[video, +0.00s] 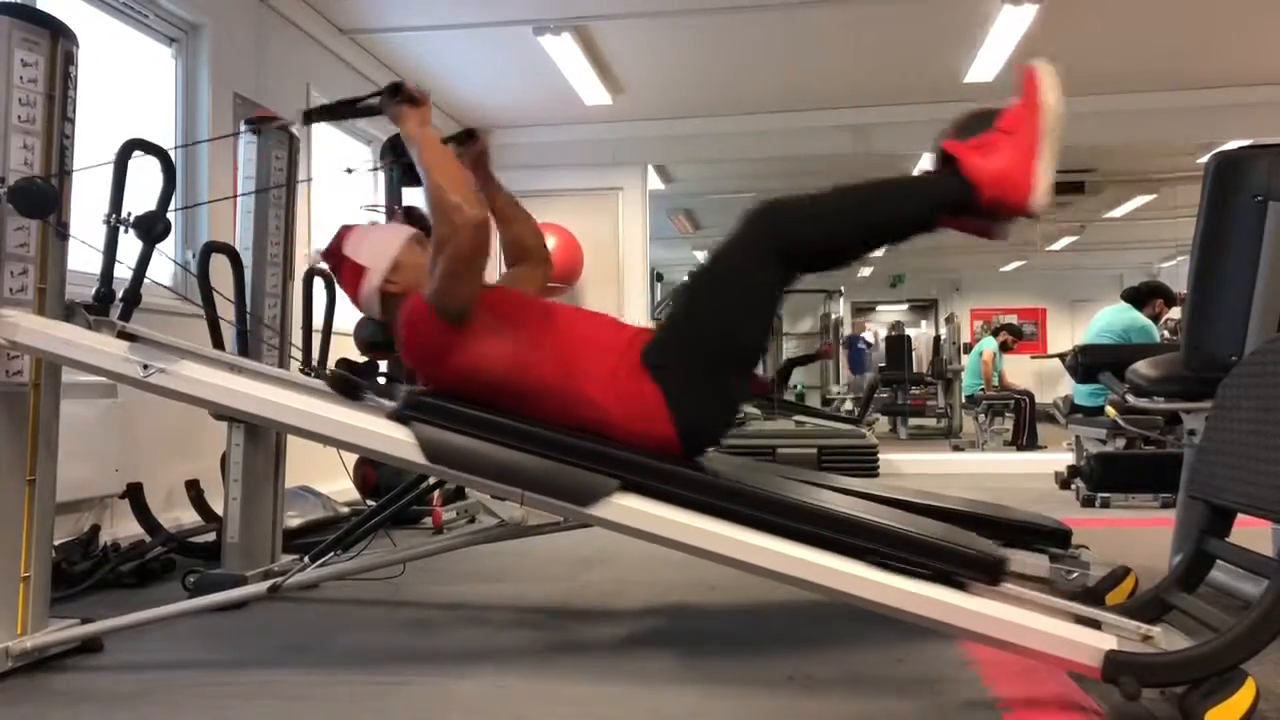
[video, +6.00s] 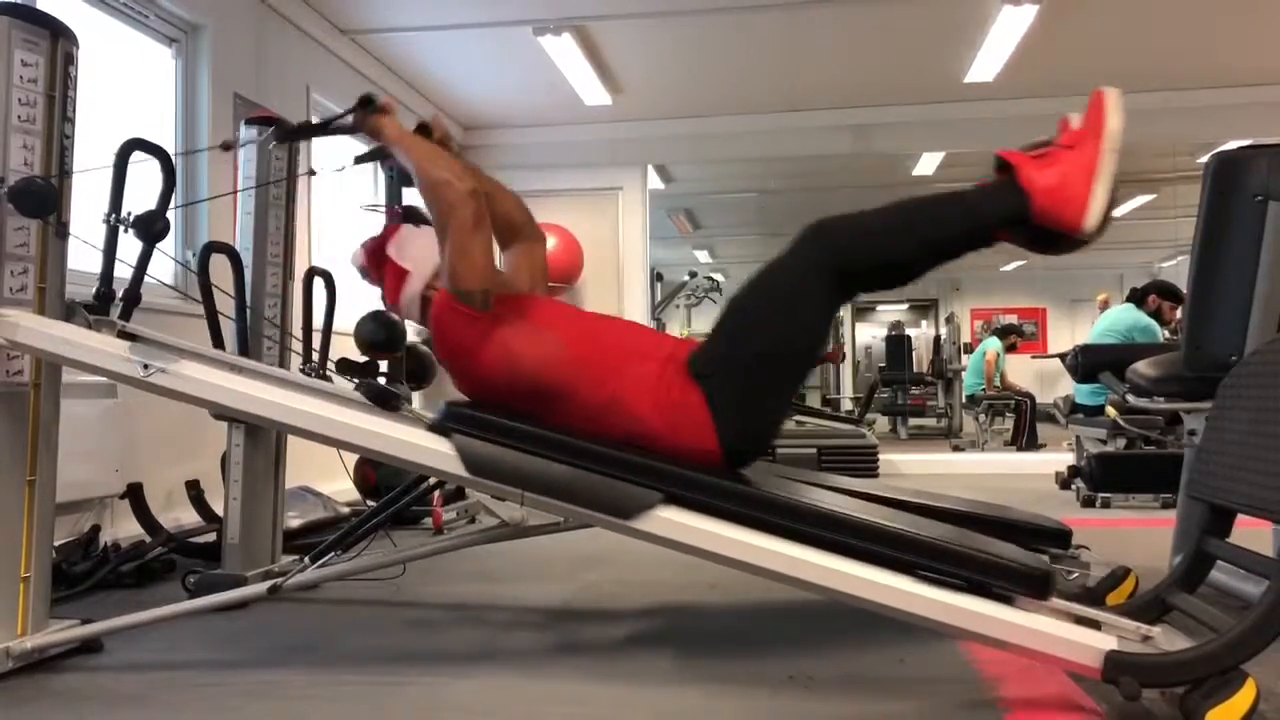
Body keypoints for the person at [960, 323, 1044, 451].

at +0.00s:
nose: (1013, 347)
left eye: (1016, 344)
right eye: (1013, 342)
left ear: (1003, 336)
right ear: (1003, 334)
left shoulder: (997, 351)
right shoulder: (990, 342)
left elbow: (1003, 383)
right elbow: (986, 361)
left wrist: (1020, 389)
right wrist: (988, 390)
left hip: (983, 392)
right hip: (975, 393)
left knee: (1026, 397)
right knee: (1025, 398)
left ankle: (1020, 441)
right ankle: (1025, 444)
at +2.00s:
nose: (1013, 347)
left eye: (1015, 344)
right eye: (1013, 342)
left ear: (1003, 335)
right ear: (1003, 334)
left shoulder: (997, 352)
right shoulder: (990, 342)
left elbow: (1003, 382)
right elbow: (986, 361)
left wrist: (1019, 390)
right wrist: (989, 390)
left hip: (985, 392)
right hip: (976, 393)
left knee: (1027, 397)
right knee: (1024, 399)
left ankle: (1028, 443)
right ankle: (1024, 444)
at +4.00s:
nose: (1016, 344)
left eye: (1019, 342)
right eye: (1015, 338)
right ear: (1005, 332)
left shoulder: (998, 350)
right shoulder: (991, 341)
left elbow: (1003, 381)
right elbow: (987, 360)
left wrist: (1019, 390)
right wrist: (989, 389)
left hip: (986, 391)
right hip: (977, 392)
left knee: (1026, 399)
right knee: (1026, 400)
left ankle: (1019, 441)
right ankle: (1026, 443)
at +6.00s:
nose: (1017, 342)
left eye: (1018, 339)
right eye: (1017, 338)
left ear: (1009, 337)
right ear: (1011, 336)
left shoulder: (999, 349)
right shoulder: (994, 342)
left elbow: (1004, 383)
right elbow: (989, 361)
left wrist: (1019, 390)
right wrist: (989, 390)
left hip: (982, 393)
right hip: (976, 393)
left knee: (1026, 399)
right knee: (1027, 400)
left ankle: (1018, 442)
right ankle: (1027, 445)